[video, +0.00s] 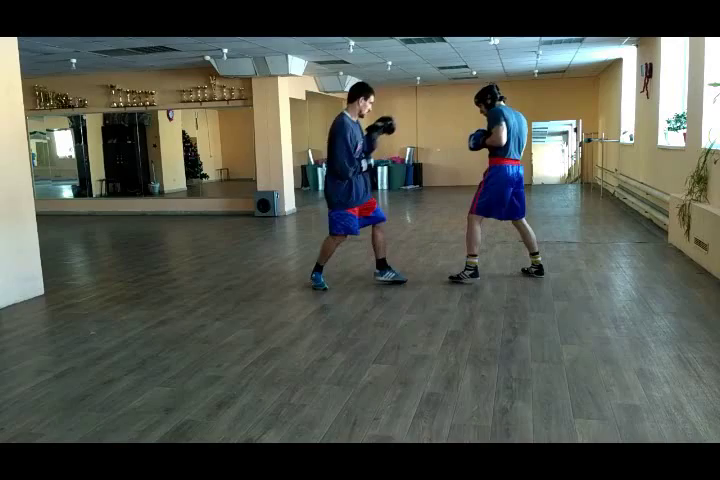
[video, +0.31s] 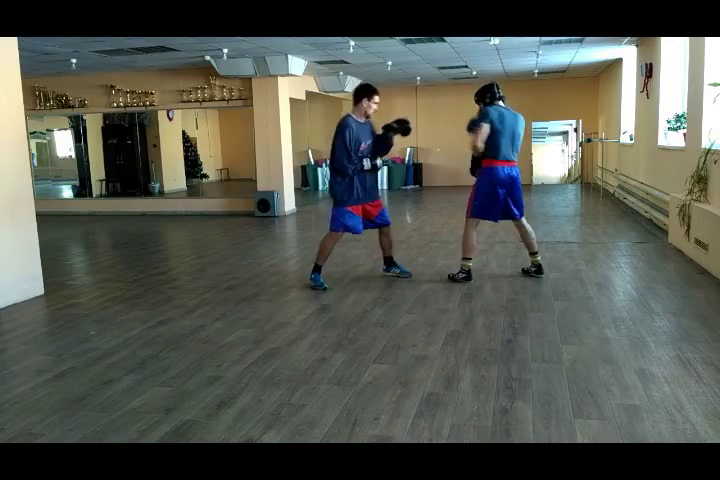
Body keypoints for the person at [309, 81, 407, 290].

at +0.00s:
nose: (370, 108)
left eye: (371, 103)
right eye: (369, 102)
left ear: (357, 101)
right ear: (359, 100)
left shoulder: (355, 124)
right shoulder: (342, 125)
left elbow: (362, 154)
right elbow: (344, 169)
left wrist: (374, 133)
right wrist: (366, 160)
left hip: (359, 189)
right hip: (342, 192)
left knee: (379, 221)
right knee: (339, 233)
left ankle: (383, 269)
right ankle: (317, 272)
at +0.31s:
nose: (376, 108)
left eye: (377, 104)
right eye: (374, 103)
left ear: (366, 102)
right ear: (363, 101)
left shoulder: (367, 124)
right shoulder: (346, 125)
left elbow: (374, 151)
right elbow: (340, 164)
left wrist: (389, 134)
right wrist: (369, 163)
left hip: (368, 188)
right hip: (347, 191)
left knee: (384, 225)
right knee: (336, 232)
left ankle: (389, 264)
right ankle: (316, 273)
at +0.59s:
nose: (394, 107)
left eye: (396, 103)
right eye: (392, 102)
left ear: (385, 101)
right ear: (380, 99)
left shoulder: (395, 117)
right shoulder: (360, 120)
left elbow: (422, 113)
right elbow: (349, 155)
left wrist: (449, 103)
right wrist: (377, 158)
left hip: (375, 182)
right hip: (353, 183)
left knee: (384, 223)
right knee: (343, 223)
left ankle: (389, 265)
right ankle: (328, 267)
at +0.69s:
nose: (394, 106)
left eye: (396, 102)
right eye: (392, 101)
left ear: (383, 101)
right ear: (380, 100)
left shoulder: (395, 117)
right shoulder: (359, 120)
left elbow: (422, 114)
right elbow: (349, 156)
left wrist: (449, 104)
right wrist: (378, 158)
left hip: (375, 181)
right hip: (353, 182)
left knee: (384, 223)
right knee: (344, 222)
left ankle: (388, 264)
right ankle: (329, 265)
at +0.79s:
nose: (386, 104)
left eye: (387, 100)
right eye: (384, 100)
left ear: (379, 99)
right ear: (371, 97)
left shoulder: (386, 118)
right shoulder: (352, 120)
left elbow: (399, 135)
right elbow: (344, 154)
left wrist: (417, 119)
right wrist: (370, 155)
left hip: (378, 182)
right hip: (355, 182)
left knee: (385, 223)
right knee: (345, 222)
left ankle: (390, 263)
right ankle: (332, 260)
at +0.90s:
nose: (384, 104)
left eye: (385, 100)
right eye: (382, 100)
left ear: (375, 100)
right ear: (370, 98)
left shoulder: (383, 119)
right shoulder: (350, 121)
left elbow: (394, 139)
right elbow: (344, 155)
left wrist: (409, 123)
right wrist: (371, 156)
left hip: (378, 182)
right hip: (354, 184)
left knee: (385, 223)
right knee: (345, 222)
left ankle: (390, 263)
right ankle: (332, 260)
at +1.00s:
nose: (379, 108)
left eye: (380, 104)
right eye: (377, 103)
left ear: (367, 103)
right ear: (365, 101)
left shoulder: (371, 123)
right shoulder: (349, 125)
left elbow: (379, 151)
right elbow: (346, 163)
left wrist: (391, 134)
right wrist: (375, 160)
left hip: (375, 183)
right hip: (355, 187)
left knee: (392, 214)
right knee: (350, 224)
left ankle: (395, 259)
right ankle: (333, 261)